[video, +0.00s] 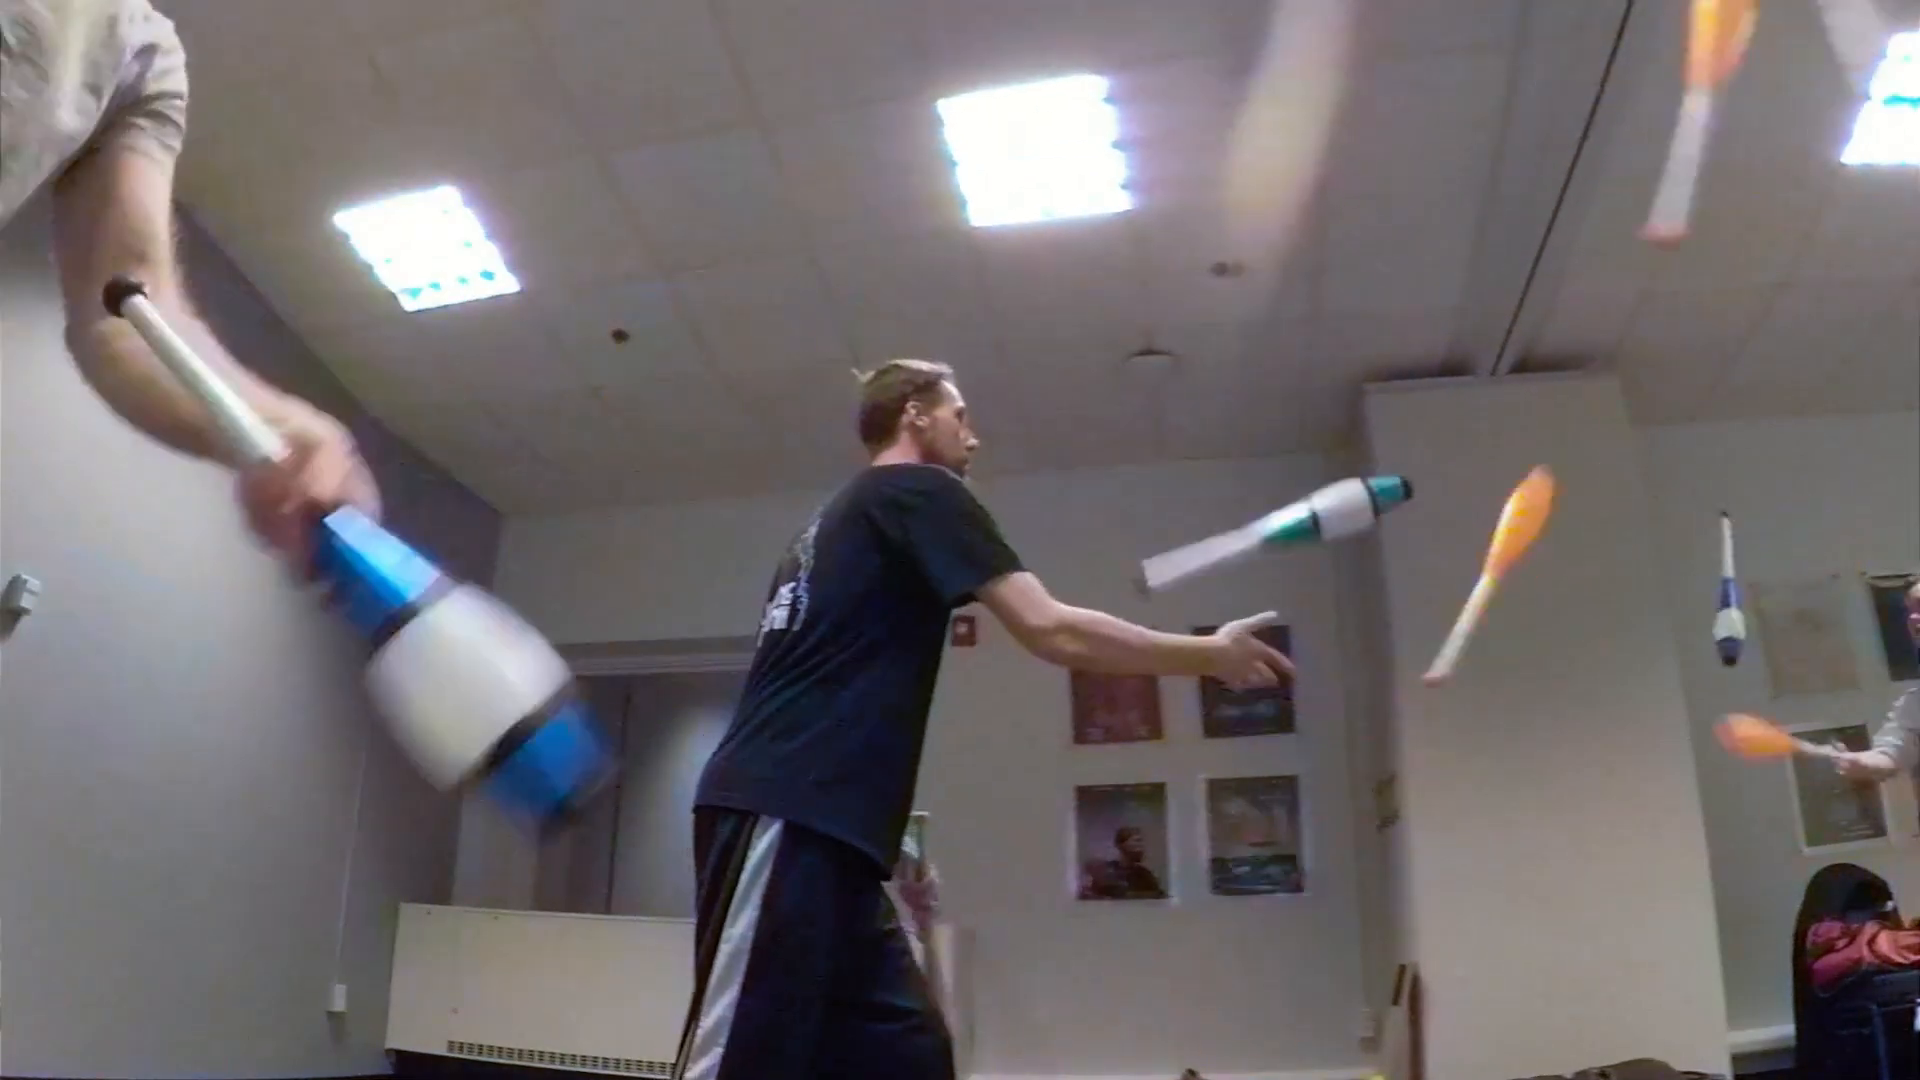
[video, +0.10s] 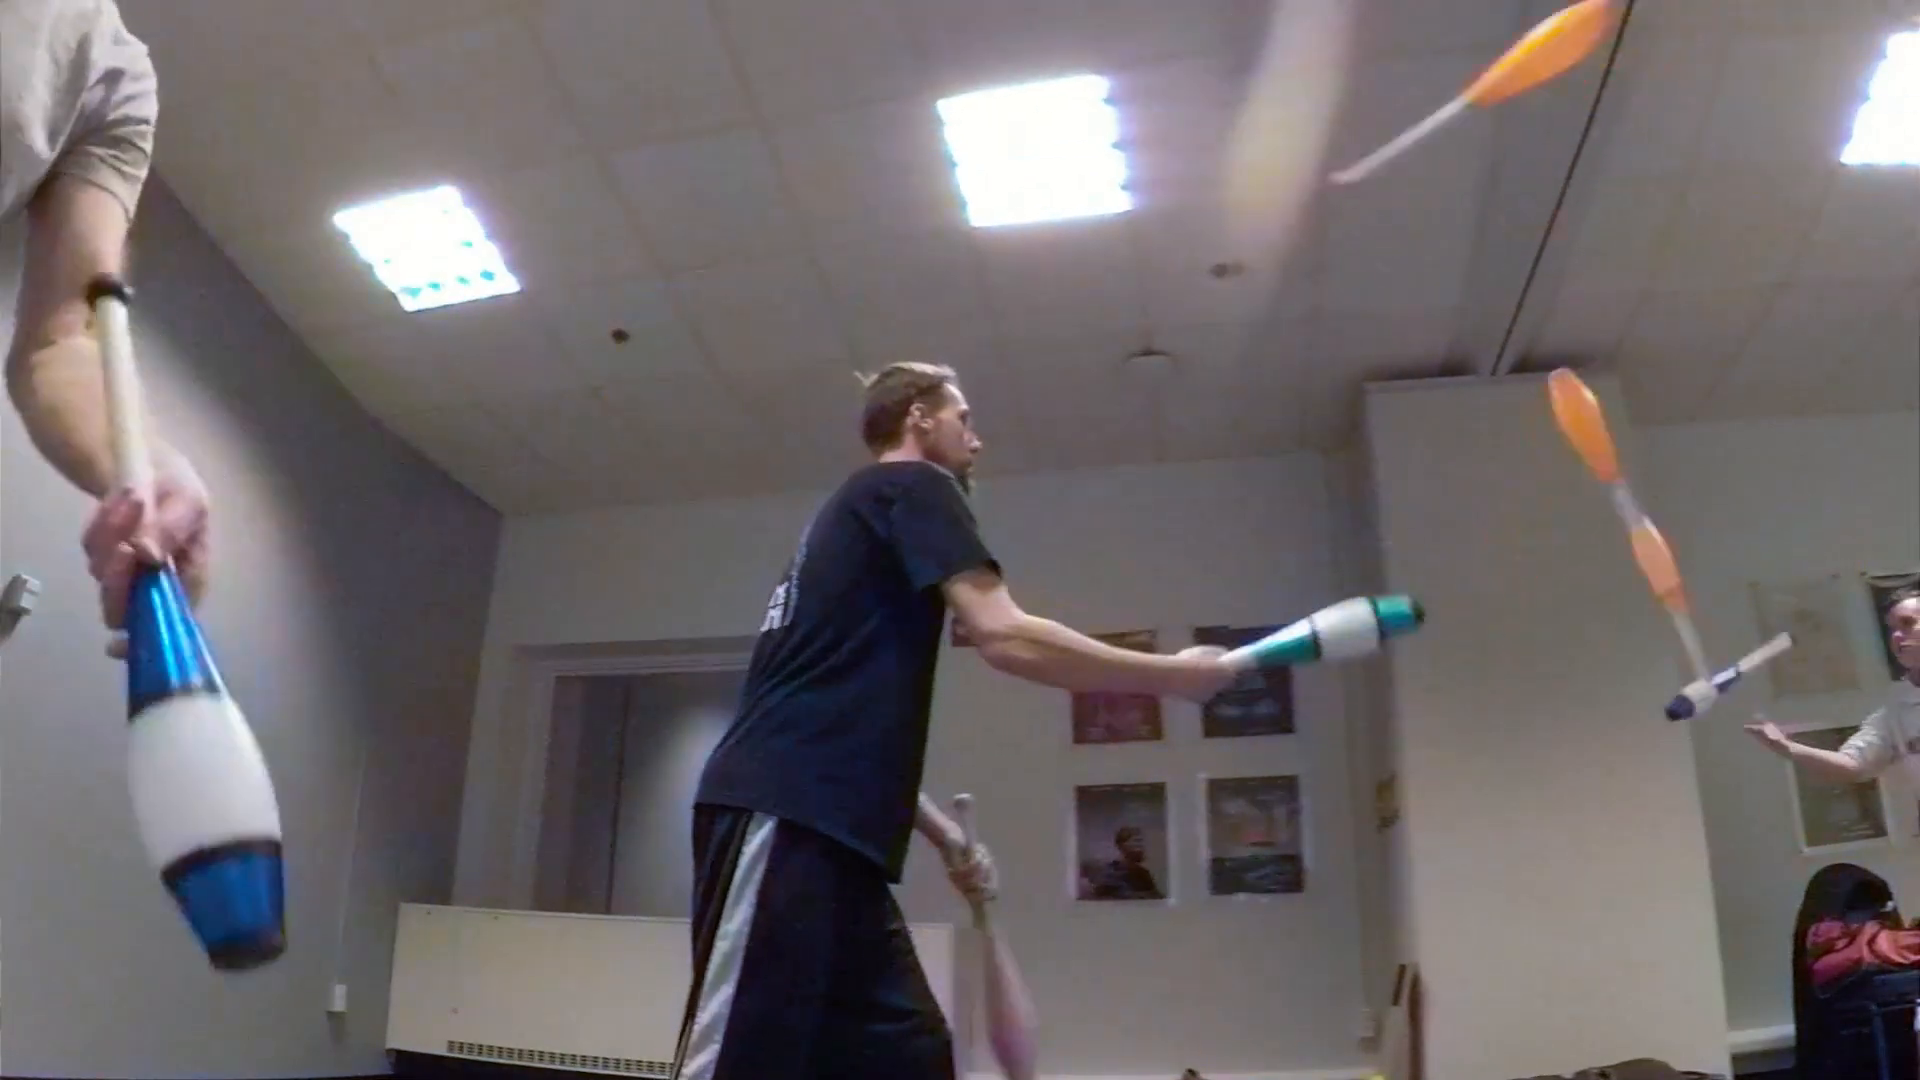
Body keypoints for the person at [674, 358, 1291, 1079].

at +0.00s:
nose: (973, 435)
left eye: (969, 419)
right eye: (960, 417)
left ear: (897, 426)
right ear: (915, 419)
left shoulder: (845, 514)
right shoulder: (918, 492)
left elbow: (825, 636)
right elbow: (1049, 628)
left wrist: (929, 627)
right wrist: (1209, 653)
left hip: (810, 816)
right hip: (792, 810)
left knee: (902, 1046)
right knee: (735, 1051)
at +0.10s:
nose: (974, 436)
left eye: (970, 417)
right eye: (962, 416)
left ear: (911, 425)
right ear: (916, 421)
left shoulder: (866, 506)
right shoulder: (909, 486)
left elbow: (832, 713)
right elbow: (1003, 633)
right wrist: (1174, 671)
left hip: (819, 823)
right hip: (790, 810)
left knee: (906, 1049)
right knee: (731, 1054)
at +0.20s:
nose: (972, 435)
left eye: (970, 419)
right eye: (961, 416)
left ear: (911, 420)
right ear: (916, 415)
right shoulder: (887, 482)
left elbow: (877, 719)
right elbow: (925, 642)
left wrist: (1007, 778)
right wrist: (1092, 709)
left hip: (832, 831)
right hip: (780, 813)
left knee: (909, 1047)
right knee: (727, 1054)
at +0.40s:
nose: (952, 422)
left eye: (950, 406)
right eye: (940, 402)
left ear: (898, 407)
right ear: (894, 403)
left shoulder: (892, 549)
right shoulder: (841, 483)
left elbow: (975, 672)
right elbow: (811, 644)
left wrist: (1079, 620)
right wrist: (919, 791)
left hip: (845, 830)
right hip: (770, 817)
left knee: (898, 1041)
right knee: (725, 1056)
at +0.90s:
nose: (790, 410)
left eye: (786, 396)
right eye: (762, 397)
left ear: (794, 418)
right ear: (708, 429)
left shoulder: (825, 521)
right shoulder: (705, 566)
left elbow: (929, 593)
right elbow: (801, 715)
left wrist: (1027, 508)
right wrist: (963, 768)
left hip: (878, 819)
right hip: (790, 839)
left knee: (979, 1044)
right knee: (859, 1057)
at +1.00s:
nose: (763, 429)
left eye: (761, 416)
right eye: (736, 417)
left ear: (770, 437)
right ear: (682, 448)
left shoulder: (805, 539)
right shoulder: (674, 583)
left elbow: (893, 647)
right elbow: (761, 723)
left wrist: (985, 594)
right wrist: (926, 775)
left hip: (860, 841)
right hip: (762, 855)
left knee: (951, 1040)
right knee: (822, 1059)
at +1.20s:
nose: (745, 467)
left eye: (749, 456)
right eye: (724, 452)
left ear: (755, 477)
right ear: (673, 474)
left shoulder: (791, 571)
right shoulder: (640, 605)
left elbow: (863, 697)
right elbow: (676, 749)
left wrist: (836, 580)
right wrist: (807, 807)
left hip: (805, 860)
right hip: (704, 867)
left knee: (811, 1061)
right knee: (719, 1057)